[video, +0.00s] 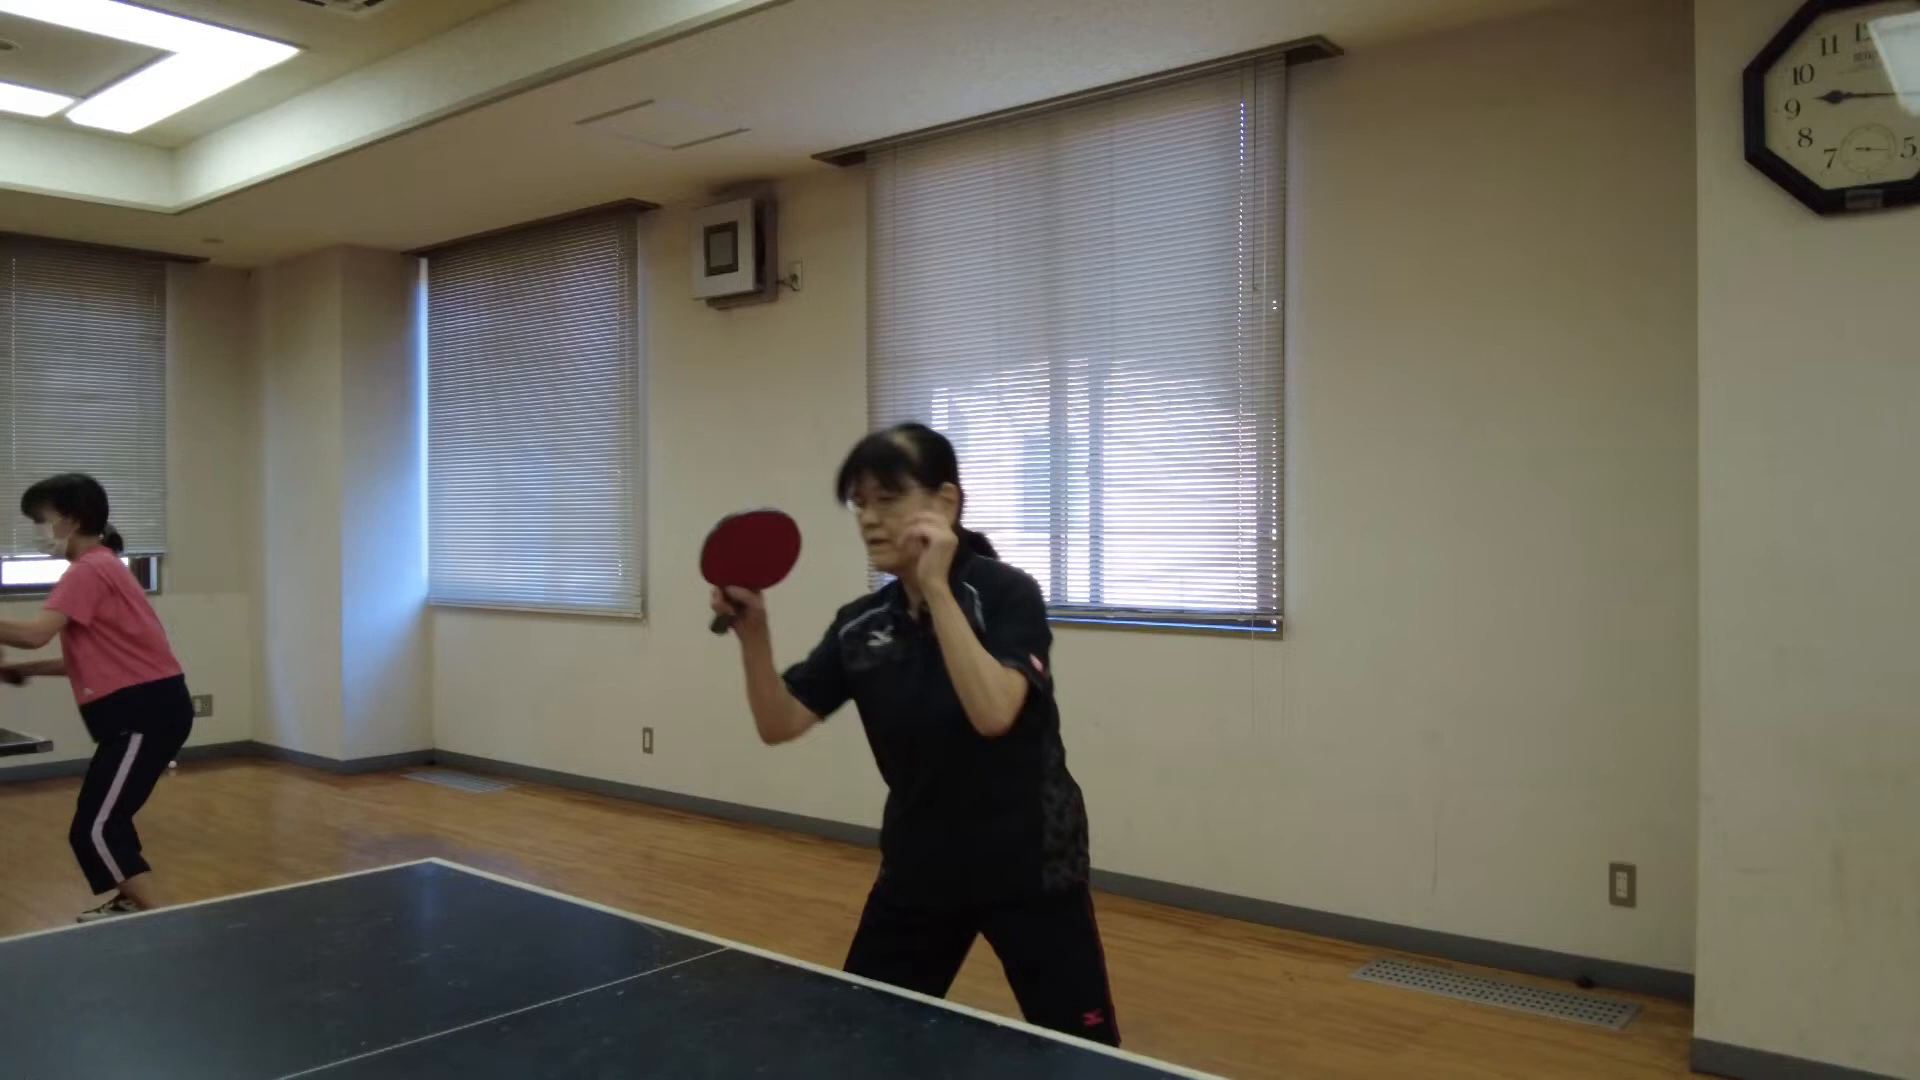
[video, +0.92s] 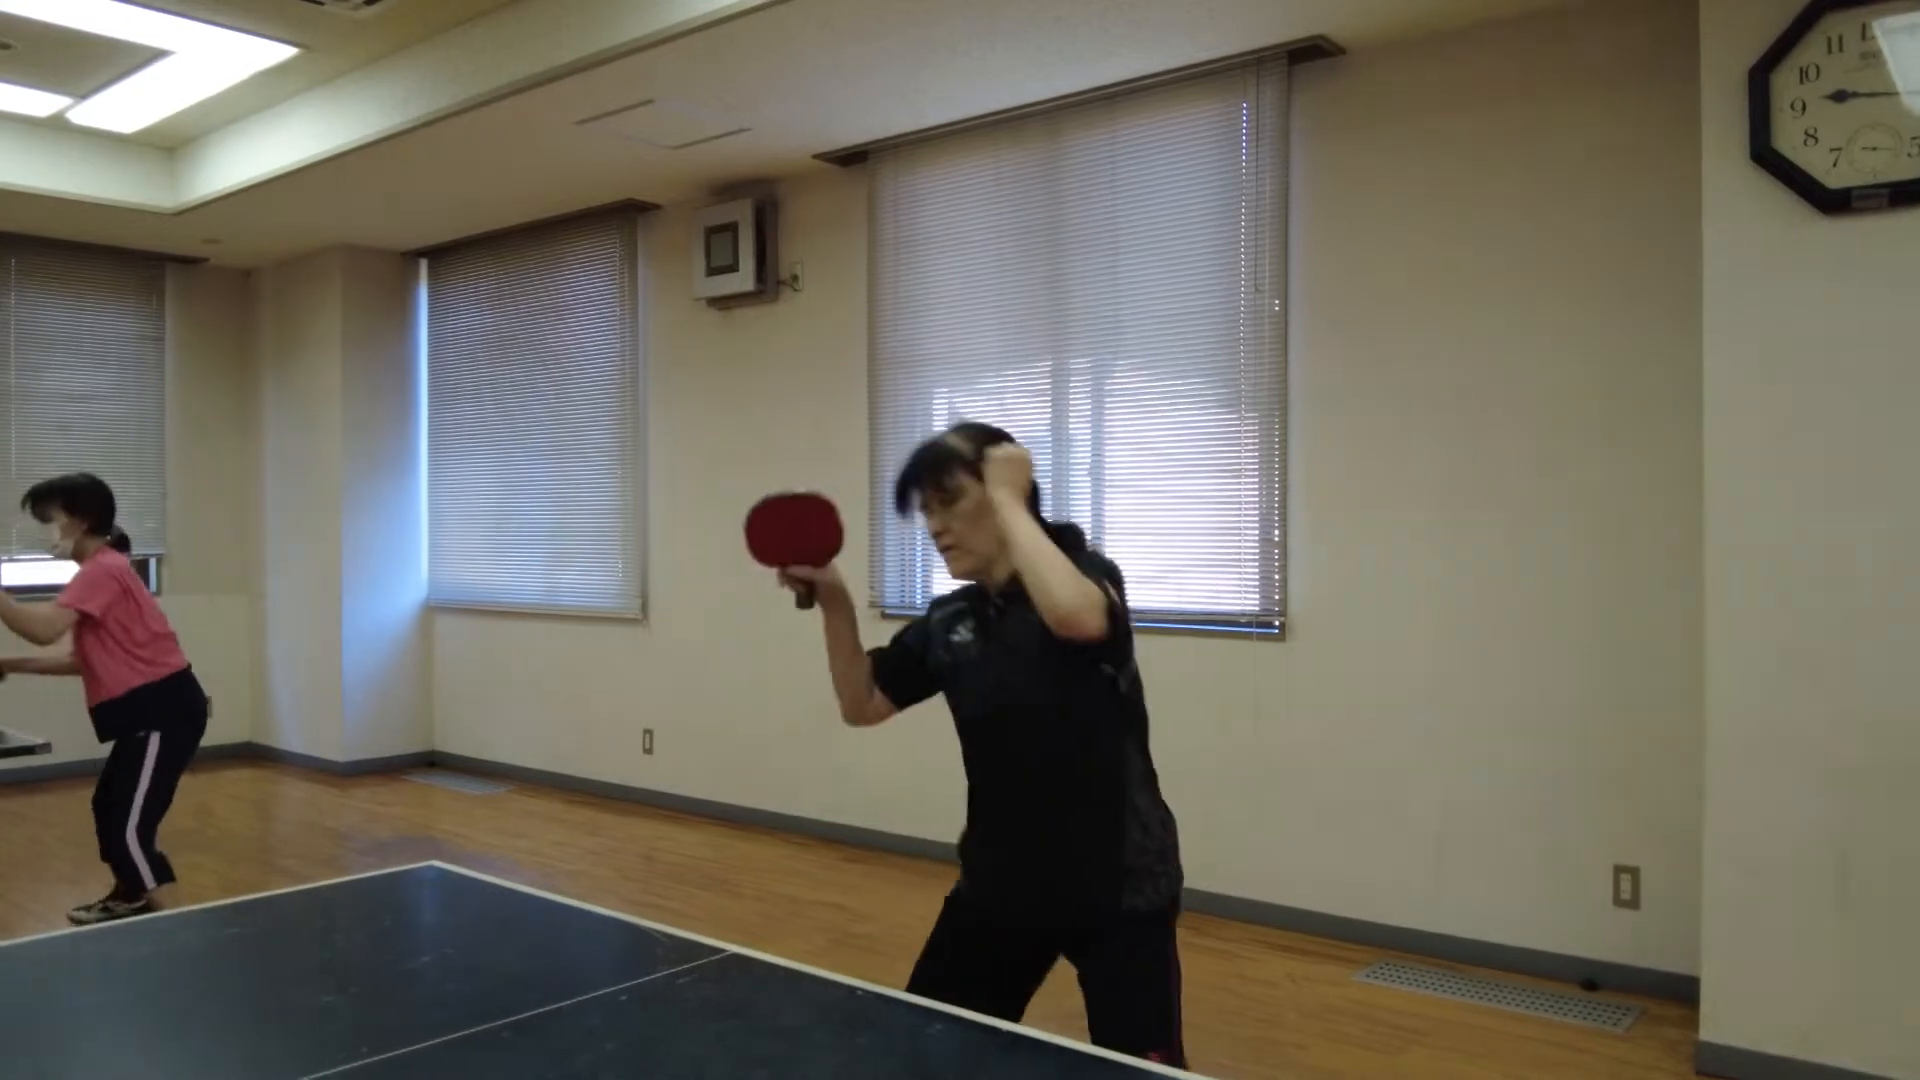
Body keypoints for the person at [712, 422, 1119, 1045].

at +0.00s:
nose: (870, 517)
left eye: (889, 497)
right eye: (860, 503)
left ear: (948, 502)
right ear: (852, 515)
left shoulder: (1006, 593)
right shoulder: (861, 625)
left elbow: (995, 711)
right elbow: (778, 722)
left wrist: (936, 588)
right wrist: (753, 633)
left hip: (1030, 866)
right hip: (923, 868)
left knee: (1086, 1055)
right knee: (858, 1039)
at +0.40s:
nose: (885, 513)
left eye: (906, 494)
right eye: (876, 498)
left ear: (964, 501)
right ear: (868, 509)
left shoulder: (1010, 587)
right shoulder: (905, 609)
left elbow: (1043, 724)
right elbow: (873, 746)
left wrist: (931, 638)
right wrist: (766, 714)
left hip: (1051, 867)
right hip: (954, 862)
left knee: (1082, 1056)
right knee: (870, 1028)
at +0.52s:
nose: (863, 540)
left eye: (883, 519)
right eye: (855, 524)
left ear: (942, 518)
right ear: (849, 532)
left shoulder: (971, 597)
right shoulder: (926, 613)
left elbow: (1013, 725)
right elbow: (943, 769)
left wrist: (889, 659)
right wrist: (819, 777)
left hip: (1045, 888)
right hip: (967, 879)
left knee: (1064, 1065)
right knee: (870, 1029)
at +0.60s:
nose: (853, 554)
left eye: (870, 532)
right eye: (845, 540)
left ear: (930, 527)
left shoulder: (955, 595)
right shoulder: (930, 607)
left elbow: (985, 714)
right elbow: (978, 754)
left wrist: (864, 645)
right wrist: (886, 778)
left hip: (1038, 888)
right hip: (965, 877)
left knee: (1057, 1064)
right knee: (871, 1029)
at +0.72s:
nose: (871, 535)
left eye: (877, 509)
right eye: (859, 523)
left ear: (935, 493)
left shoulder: (988, 562)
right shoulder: (948, 583)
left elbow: (959, 641)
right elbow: (963, 717)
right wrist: (864, 718)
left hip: (1059, 862)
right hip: (972, 857)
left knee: (1088, 1058)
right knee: (894, 1033)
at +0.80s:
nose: (885, 514)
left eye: (893, 490)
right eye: (877, 504)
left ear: (960, 477)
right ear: (878, 514)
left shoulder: (1030, 539)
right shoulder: (940, 602)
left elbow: (977, 580)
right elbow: (920, 720)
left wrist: (921, 482)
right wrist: (837, 647)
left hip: (1088, 840)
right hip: (988, 840)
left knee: (1122, 1053)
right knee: (916, 1030)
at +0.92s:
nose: (934, 525)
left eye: (949, 499)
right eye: (926, 510)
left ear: (1004, 495)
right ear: (925, 521)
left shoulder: (1083, 574)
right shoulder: (950, 623)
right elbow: (862, 704)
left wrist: (1009, 500)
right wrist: (833, 597)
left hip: (1118, 880)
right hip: (1006, 882)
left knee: (1147, 1072)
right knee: (922, 1050)